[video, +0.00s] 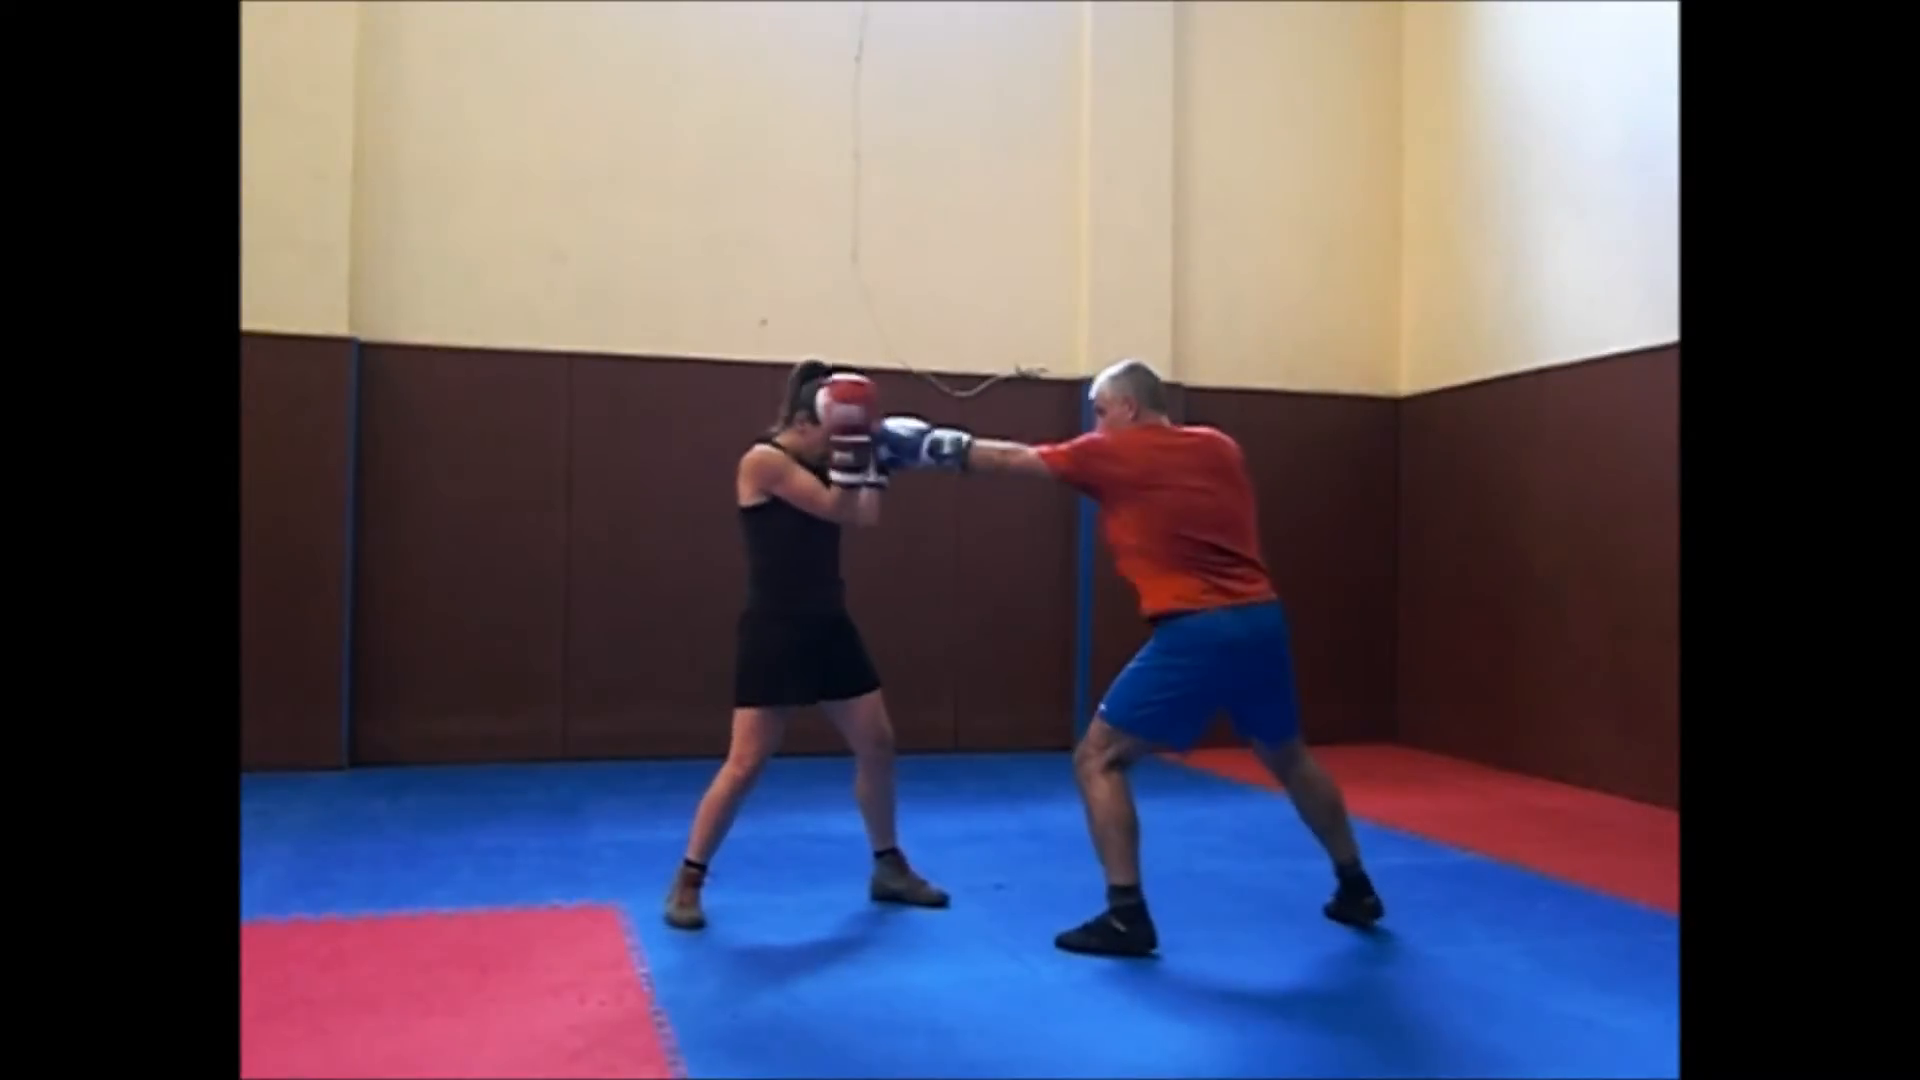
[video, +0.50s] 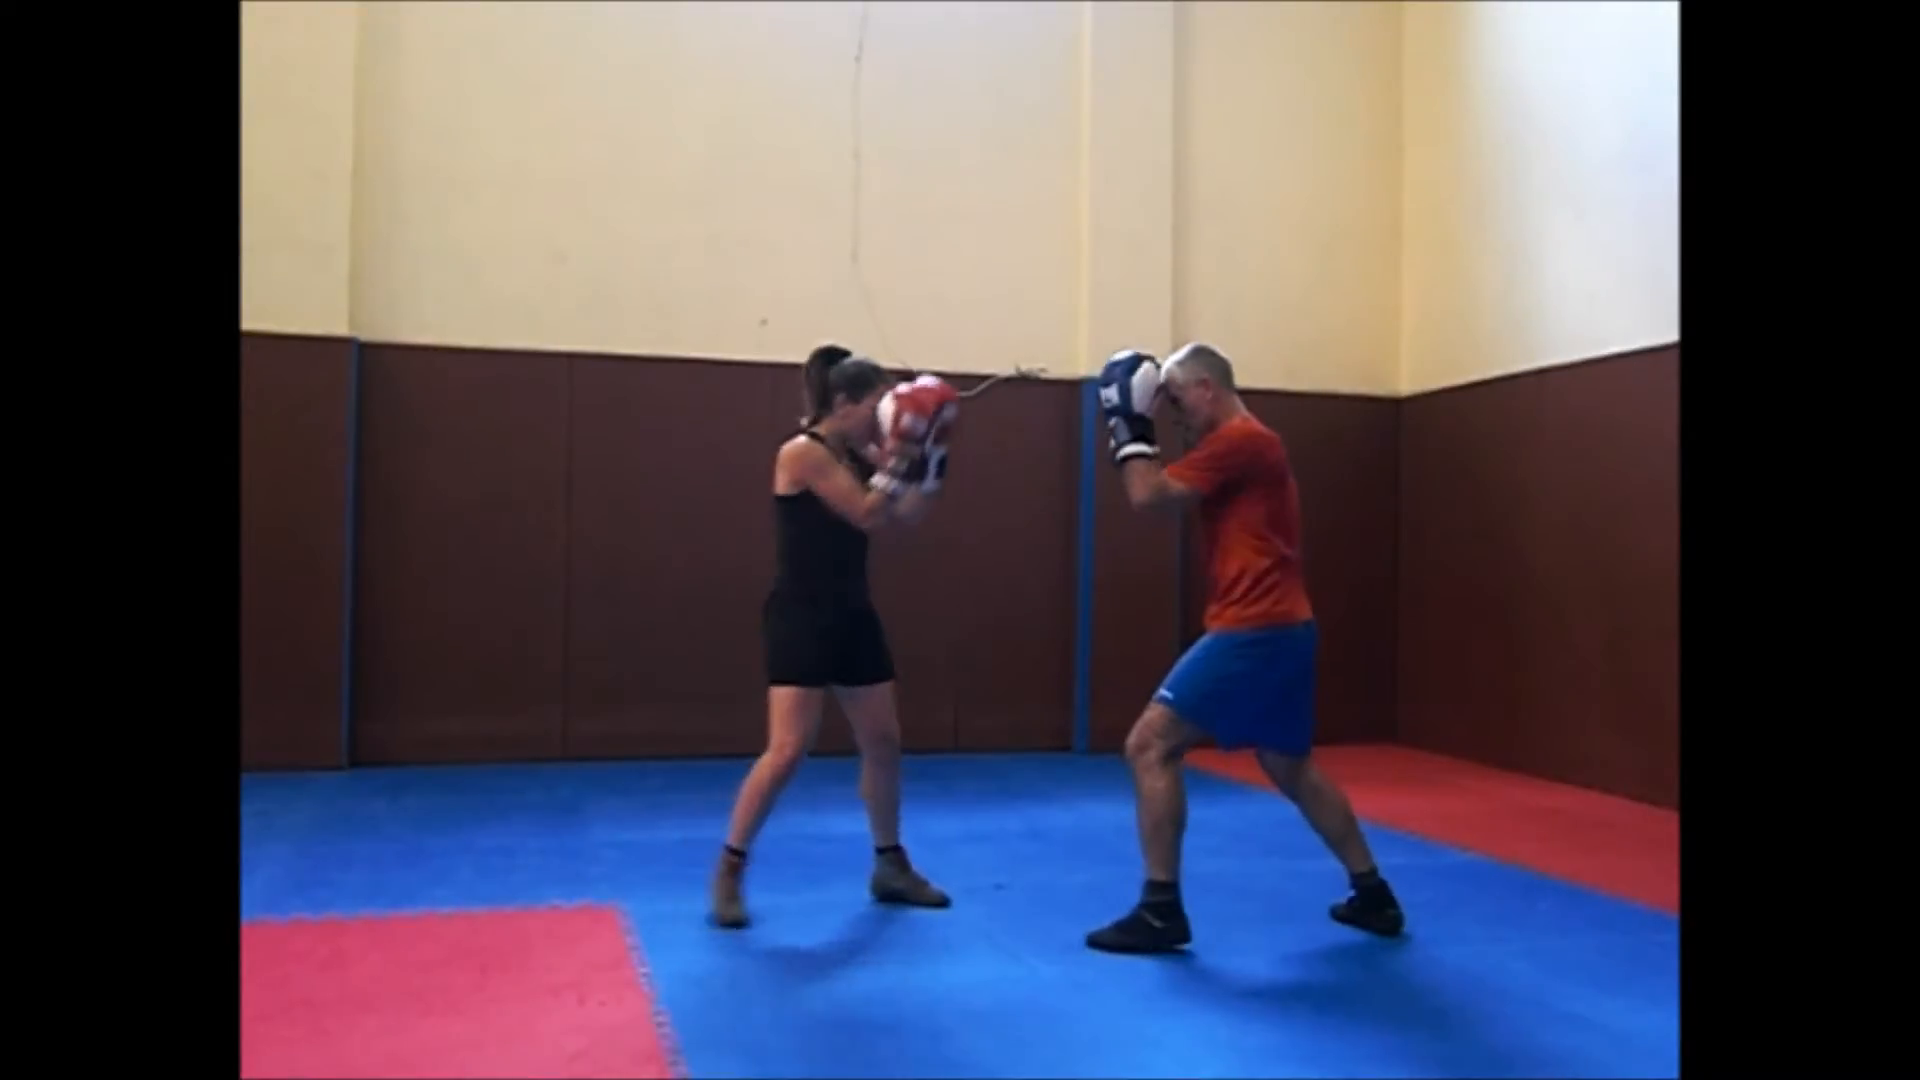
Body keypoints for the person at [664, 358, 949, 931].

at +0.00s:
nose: (837, 443)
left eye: (841, 433)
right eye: (830, 431)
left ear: (833, 428)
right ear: (802, 421)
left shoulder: (819, 466)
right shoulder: (763, 462)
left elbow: (867, 514)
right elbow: (838, 508)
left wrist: (868, 450)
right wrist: (855, 454)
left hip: (828, 628)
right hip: (773, 631)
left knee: (876, 742)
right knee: (746, 761)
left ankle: (889, 868)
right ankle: (688, 881)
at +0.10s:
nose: (830, 444)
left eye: (834, 434)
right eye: (825, 432)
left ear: (814, 426)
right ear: (794, 421)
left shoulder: (811, 472)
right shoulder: (757, 464)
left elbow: (863, 522)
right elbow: (825, 518)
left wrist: (877, 470)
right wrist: (853, 471)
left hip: (825, 629)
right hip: (771, 632)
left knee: (875, 742)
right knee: (747, 763)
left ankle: (889, 868)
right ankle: (688, 881)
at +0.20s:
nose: (838, 443)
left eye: (842, 432)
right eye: (831, 431)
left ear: (813, 427)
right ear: (797, 424)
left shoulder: (819, 474)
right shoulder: (758, 473)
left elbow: (857, 544)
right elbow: (815, 541)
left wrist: (880, 490)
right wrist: (853, 490)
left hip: (824, 636)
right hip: (771, 639)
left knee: (887, 743)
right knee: (749, 767)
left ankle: (889, 868)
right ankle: (688, 882)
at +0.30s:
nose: (853, 445)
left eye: (856, 434)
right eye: (847, 433)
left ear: (825, 431)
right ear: (811, 427)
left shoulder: (831, 484)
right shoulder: (771, 483)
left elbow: (858, 566)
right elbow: (812, 565)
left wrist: (885, 515)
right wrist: (854, 507)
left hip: (835, 643)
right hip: (779, 647)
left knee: (902, 746)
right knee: (753, 771)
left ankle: (891, 870)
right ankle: (688, 882)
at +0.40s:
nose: (868, 429)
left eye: (872, 420)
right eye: (863, 418)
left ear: (844, 417)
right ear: (829, 413)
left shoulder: (844, 467)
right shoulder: (787, 467)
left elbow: (876, 537)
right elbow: (832, 545)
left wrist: (906, 487)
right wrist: (873, 488)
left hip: (850, 627)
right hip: (796, 631)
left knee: (893, 743)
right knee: (764, 760)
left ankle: (891, 868)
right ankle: (697, 876)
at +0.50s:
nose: (877, 417)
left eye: (879, 407)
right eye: (871, 406)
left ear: (847, 405)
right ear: (841, 402)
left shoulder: (851, 456)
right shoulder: (802, 453)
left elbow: (903, 513)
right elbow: (865, 512)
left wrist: (931, 458)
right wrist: (899, 460)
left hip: (851, 617)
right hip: (800, 618)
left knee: (882, 741)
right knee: (786, 749)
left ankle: (890, 865)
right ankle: (730, 869)